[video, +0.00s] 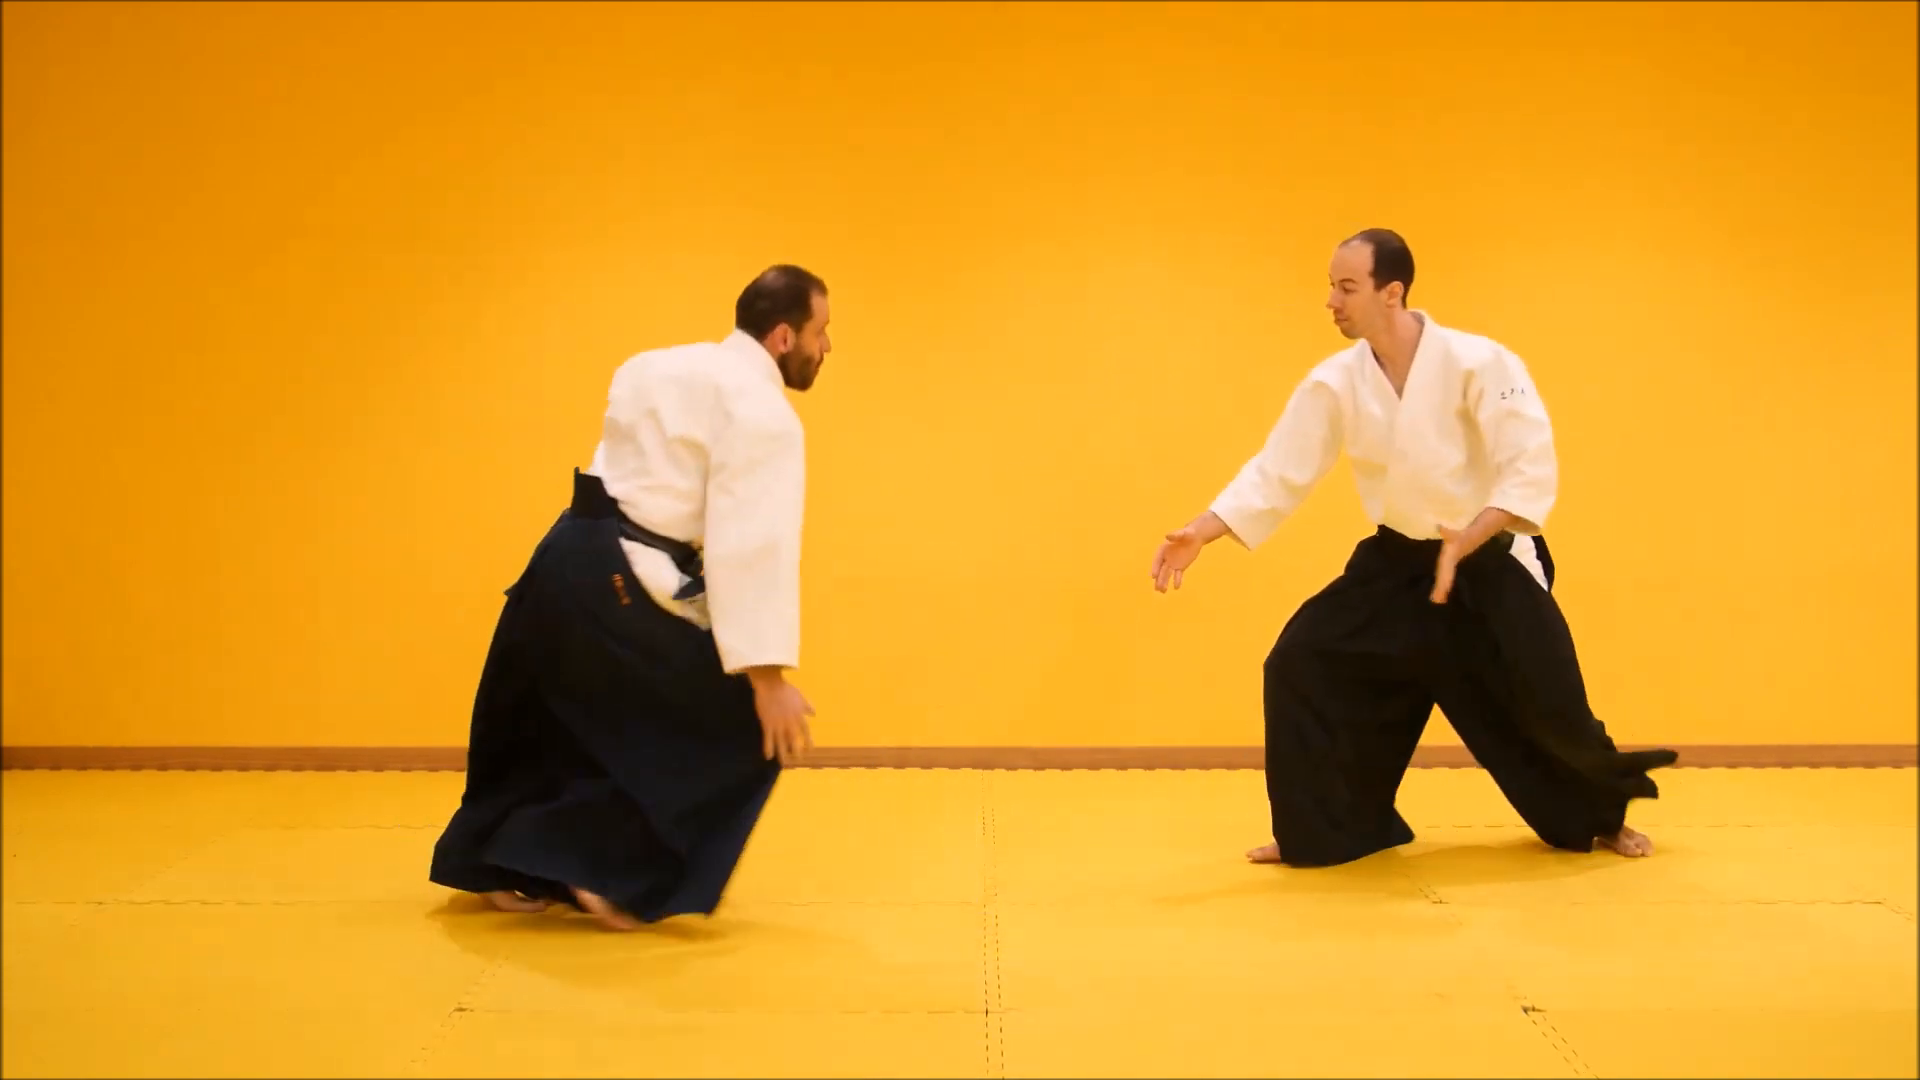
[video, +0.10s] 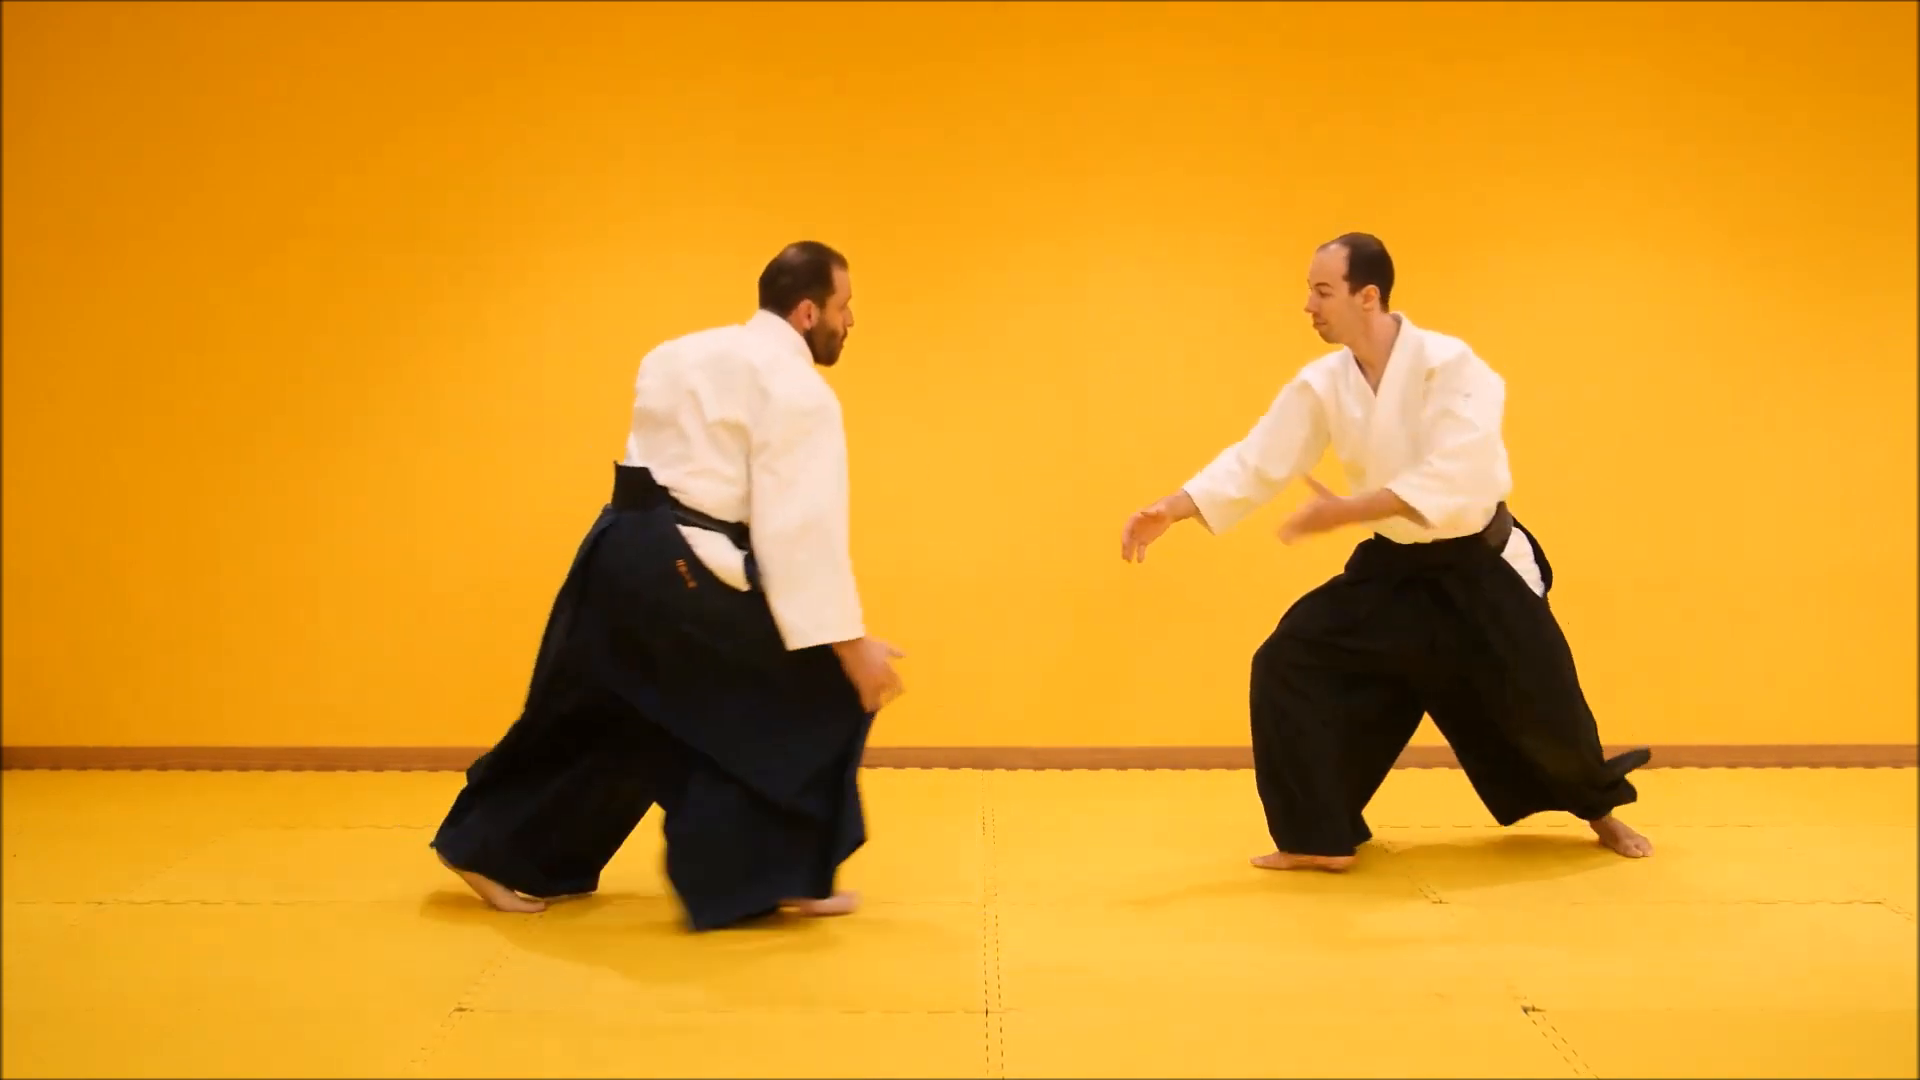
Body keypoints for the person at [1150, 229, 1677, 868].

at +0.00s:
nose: (1332, 300)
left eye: (1345, 286)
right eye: (1331, 285)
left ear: (1394, 292)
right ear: (1362, 294)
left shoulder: (1481, 366)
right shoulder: (1336, 383)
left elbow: (1532, 473)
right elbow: (1275, 470)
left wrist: (1470, 536)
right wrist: (1200, 531)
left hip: (1489, 553)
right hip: (1394, 558)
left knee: (1540, 678)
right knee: (1298, 666)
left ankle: (1603, 815)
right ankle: (1320, 829)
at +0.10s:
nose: (1309, 303)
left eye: (1321, 289)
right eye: (1309, 289)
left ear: (1369, 295)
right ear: (1345, 298)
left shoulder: (1454, 369)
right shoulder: (1322, 385)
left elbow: (1458, 483)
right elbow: (1254, 460)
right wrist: (1171, 509)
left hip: (1476, 562)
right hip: (1388, 567)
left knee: (1535, 691)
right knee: (1286, 665)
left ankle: (1597, 809)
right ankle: (1324, 834)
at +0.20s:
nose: (1261, 305)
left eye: (1273, 293)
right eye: (1262, 292)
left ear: (1319, 296)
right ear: (1303, 298)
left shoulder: (1384, 360)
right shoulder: (1284, 384)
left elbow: (1319, 431)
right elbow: (1225, 453)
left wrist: (1197, 426)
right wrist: (1136, 468)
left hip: (1455, 560)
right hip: (1372, 572)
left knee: (1520, 701)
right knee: (1272, 680)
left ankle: (1613, 788)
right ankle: (1314, 840)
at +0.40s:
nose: (1186, 294)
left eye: (1191, 281)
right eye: (1186, 281)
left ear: (1228, 286)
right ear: (1236, 283)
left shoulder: (1255, 340)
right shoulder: (1262, 334)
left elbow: (1145, 370)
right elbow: (1162, 401)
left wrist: (1036, 347)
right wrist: (1035, 384)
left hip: (1349, 557)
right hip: (1317, 554)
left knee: (1270, 718)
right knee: (1241, 697)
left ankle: (1434, 791)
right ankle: (1314, 846)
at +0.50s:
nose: (1168, 283)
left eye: (1168, 273)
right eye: (1171, 274)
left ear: (1182, 270)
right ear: (1237, 262)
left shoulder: (1185, 330)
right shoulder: (1285, 320)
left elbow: (1085, 346)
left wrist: (1042, 314)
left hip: (1263, 550)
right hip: (1323, 535)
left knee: (1162, 702)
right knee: (1305, 698)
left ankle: (1191, 854)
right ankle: (1314, 854)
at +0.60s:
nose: (1225, 260)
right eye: (1230, 248)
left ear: (1162, 255)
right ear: (1231, 252)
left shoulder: (1128, 307)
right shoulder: (1271, 311)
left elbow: (1077, 297)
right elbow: (1314, 312)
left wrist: (1095, 260)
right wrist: (1237, 285)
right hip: (1226, 520)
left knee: (1132, 704)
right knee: (1281, 672)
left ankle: (1090, 883)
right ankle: (1316, 815)